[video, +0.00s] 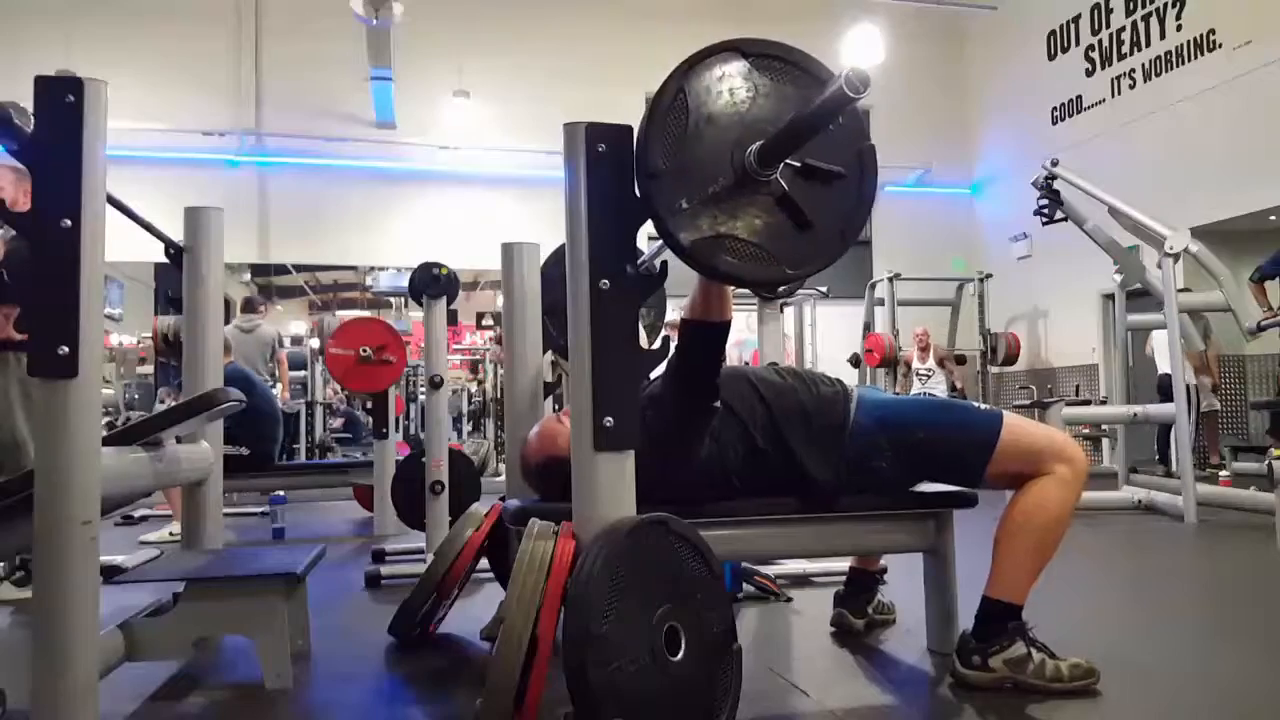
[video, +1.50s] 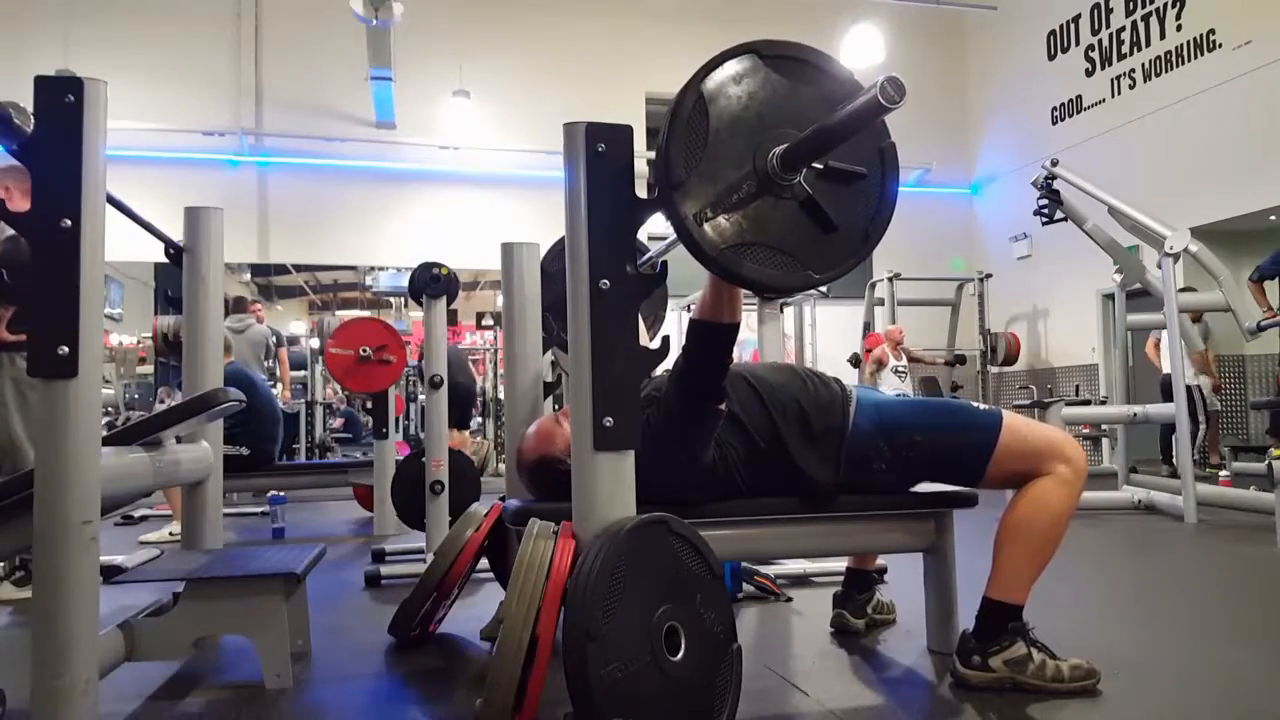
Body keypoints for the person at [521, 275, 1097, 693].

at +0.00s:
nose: (563, 409)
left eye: (554, 413)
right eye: (560, 417)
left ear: (568, 474)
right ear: (582, 442)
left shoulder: (609, 456)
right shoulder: (649, 450)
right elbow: (702, 334)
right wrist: (723, 212)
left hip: (817, 440)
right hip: (851, 433)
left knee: (920, 451)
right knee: (1061, 456)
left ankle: (860, 594)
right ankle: (994, 640)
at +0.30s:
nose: (561, 408)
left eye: (552, 411)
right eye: (557, 418)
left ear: (568, 473)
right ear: (578, 448)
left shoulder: (611, 452)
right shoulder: (650, 452)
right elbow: (706, 343)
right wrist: (730, 219)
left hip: (817, 441)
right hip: (852, 434)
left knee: (924, 446)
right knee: (1061, 457)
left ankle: (859, 593)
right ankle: (994, 639)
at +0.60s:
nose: (559, 409)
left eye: (549, 412)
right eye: (555, 421)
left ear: (566, 474)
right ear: (577, 454)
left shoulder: (609, 448)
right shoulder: (652, 460)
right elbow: (705, 361)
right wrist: (734, 228)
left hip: (815, 438)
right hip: (851, 435)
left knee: (917, 445)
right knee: (1061, 457)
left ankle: (859, 592)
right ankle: (995, 639)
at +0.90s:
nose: (562, 411)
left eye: (551, 413)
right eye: (558, 421)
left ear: (566, 468)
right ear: (578, 451)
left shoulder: (607, 441)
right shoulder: (651, 462)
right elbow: (707, 356)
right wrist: (735, 227)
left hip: (818, 431)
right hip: (851, 436)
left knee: (921, 447)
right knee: (1061, 452)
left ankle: (860, 591)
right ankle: (996, 639)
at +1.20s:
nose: (561, 410)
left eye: (551, 413)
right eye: (558, 420)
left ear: (566, 471)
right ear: (578, 449)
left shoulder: (609, 445)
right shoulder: (653, 459)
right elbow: (708, 352)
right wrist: (738, 225)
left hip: (815, 440)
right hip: (849, 437)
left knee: (910, 448)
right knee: (1061, 454)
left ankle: (860, 591)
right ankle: (995, 639)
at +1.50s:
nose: (561, 409)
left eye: (551, 413)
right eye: (558, 419)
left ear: (566, 470)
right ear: (579, 448)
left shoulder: (608, 442)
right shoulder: (653, 462)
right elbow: (709, 351)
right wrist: (738, 226)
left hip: (817, 429)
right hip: (850, 436)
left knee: (921, 446)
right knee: (1061, 456)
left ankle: (860, 592)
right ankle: (995, 640)